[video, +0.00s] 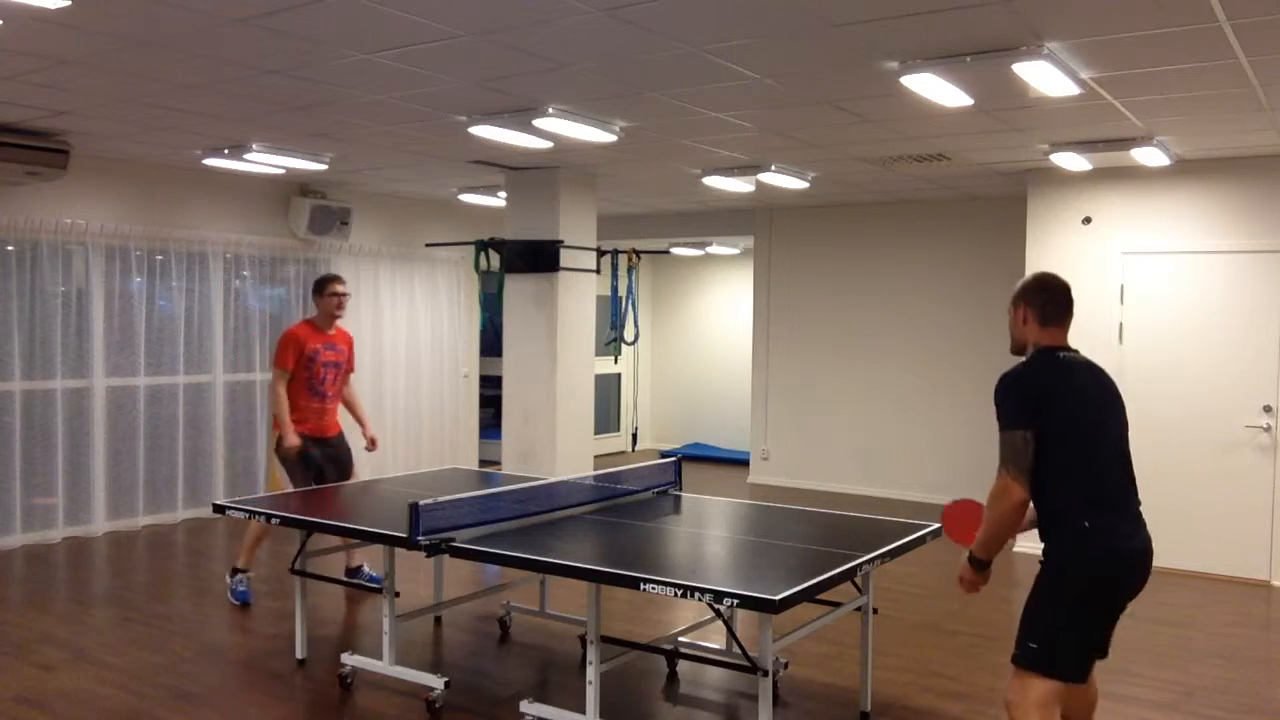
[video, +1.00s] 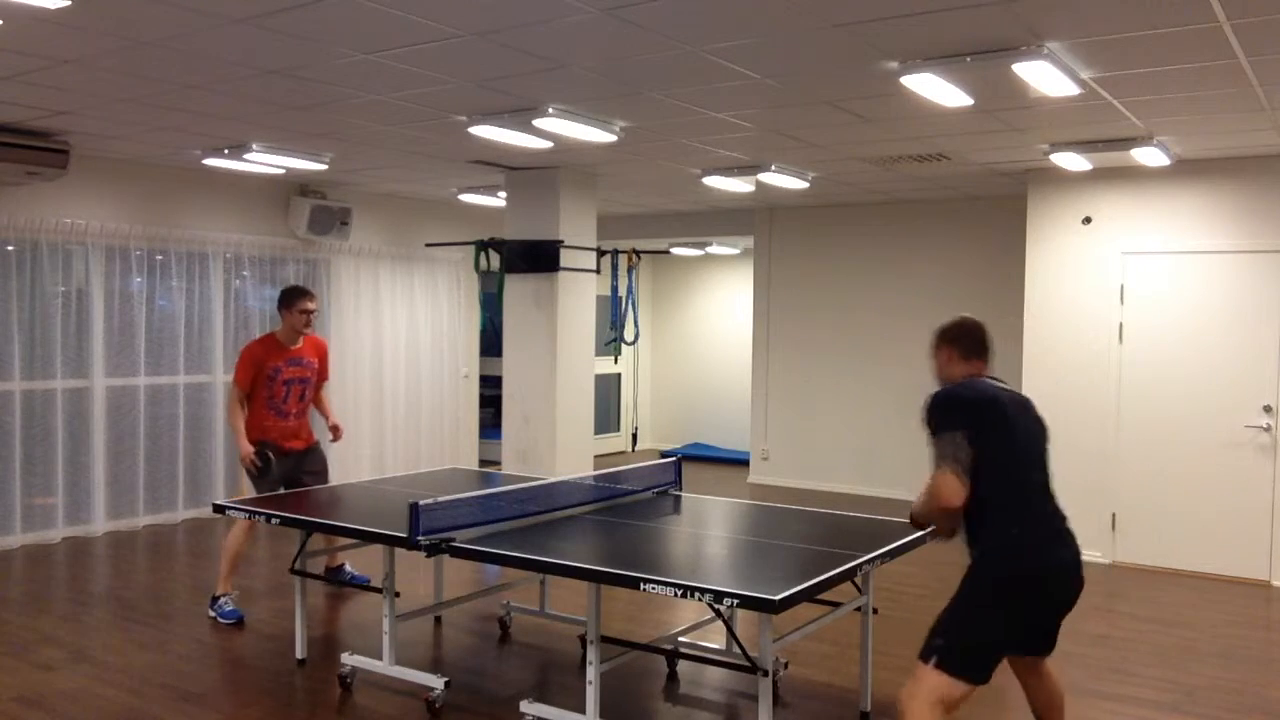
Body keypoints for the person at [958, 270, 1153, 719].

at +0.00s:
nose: (1009, 324)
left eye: (1012, 314)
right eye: (1011, 314)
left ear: (1025, 315)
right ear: (1066, 320)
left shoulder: (1021, 381)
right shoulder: (1098, 379)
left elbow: (1014, 490)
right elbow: (1097, 483)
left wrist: (978, 560)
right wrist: (1027, 521)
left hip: (1079, 554)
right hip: (1129, 549)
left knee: (1030, 690)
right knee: (1076, 674)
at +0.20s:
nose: (1016, 354)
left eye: (1016, 344)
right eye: (1016, 345)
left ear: (1025, 340)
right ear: (1068, 345)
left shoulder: (1013, 396)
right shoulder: (1104, 399)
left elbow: (995, 499)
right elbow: (1098, 497)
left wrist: (972, 537)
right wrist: (1025, 523)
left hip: (1071, 557)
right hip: (1127, 555)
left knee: (1019, 696)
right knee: (1059, 651)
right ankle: (1066, 712)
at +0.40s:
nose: (1013, 354)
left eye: (1013, 347)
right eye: (1013, 347)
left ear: (1020, 343)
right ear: (1064, 347)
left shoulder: (1005, 391)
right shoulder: (1100, 397)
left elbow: (975, 483)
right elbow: (1124, 491)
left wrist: (960, 467)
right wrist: (1076, 473)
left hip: (1056, 550)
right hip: (1116, 549)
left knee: (998, 680)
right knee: (1058, 638)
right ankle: (1065, 715)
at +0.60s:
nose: (1004, 350)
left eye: (1005, 343)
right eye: (1006, 344)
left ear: (1011, 341)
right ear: (1054, 348)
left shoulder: (993, 385)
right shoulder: (1088, 397)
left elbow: (956, 478)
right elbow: (1136, 486)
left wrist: (940, 453)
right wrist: (1110, 450)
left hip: (1040, 542)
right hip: (1100, 543)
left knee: (992, 678)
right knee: (1049, 636)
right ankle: (1060, 717)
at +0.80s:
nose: (981, 364)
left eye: (981, 357)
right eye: (982, 358)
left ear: (987, 356)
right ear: (1027, 361)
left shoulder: (980, 397)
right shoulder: (1056, 409)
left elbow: (957, 491)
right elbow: (1065, 487)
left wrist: (925, 504)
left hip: (1033, 557)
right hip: (1084, 556)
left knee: (966, 683)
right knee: (1023, 645)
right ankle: (1050, 713)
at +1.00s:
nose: (937, 369)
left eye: (938, 359)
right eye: (937, 359)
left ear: (949, 356)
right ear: (983, 357)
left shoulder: (952, 399)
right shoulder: (1021, 404)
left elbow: (950, 495)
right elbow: (1019, 487)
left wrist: (924, 514)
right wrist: (960, 513)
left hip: (1008, 568)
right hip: (1061, 564)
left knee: (923, 699)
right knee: (1029, 661)